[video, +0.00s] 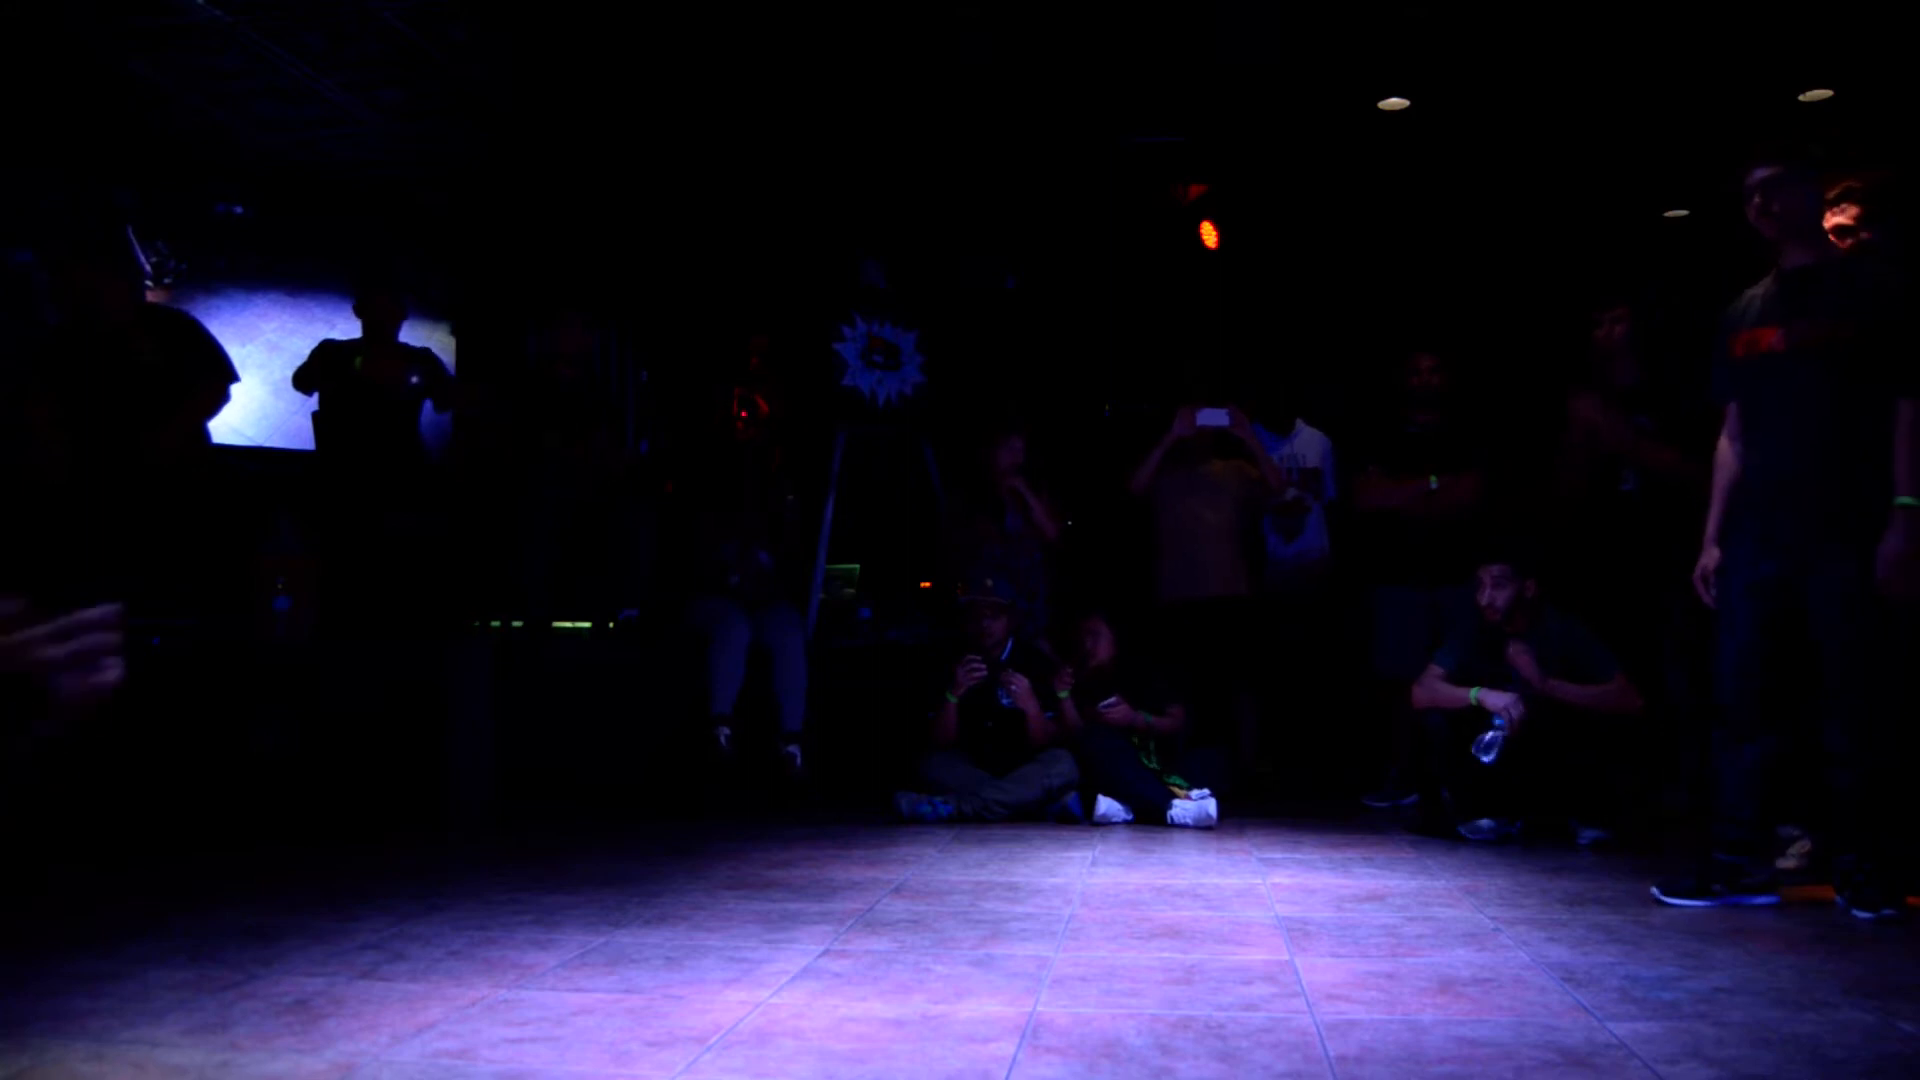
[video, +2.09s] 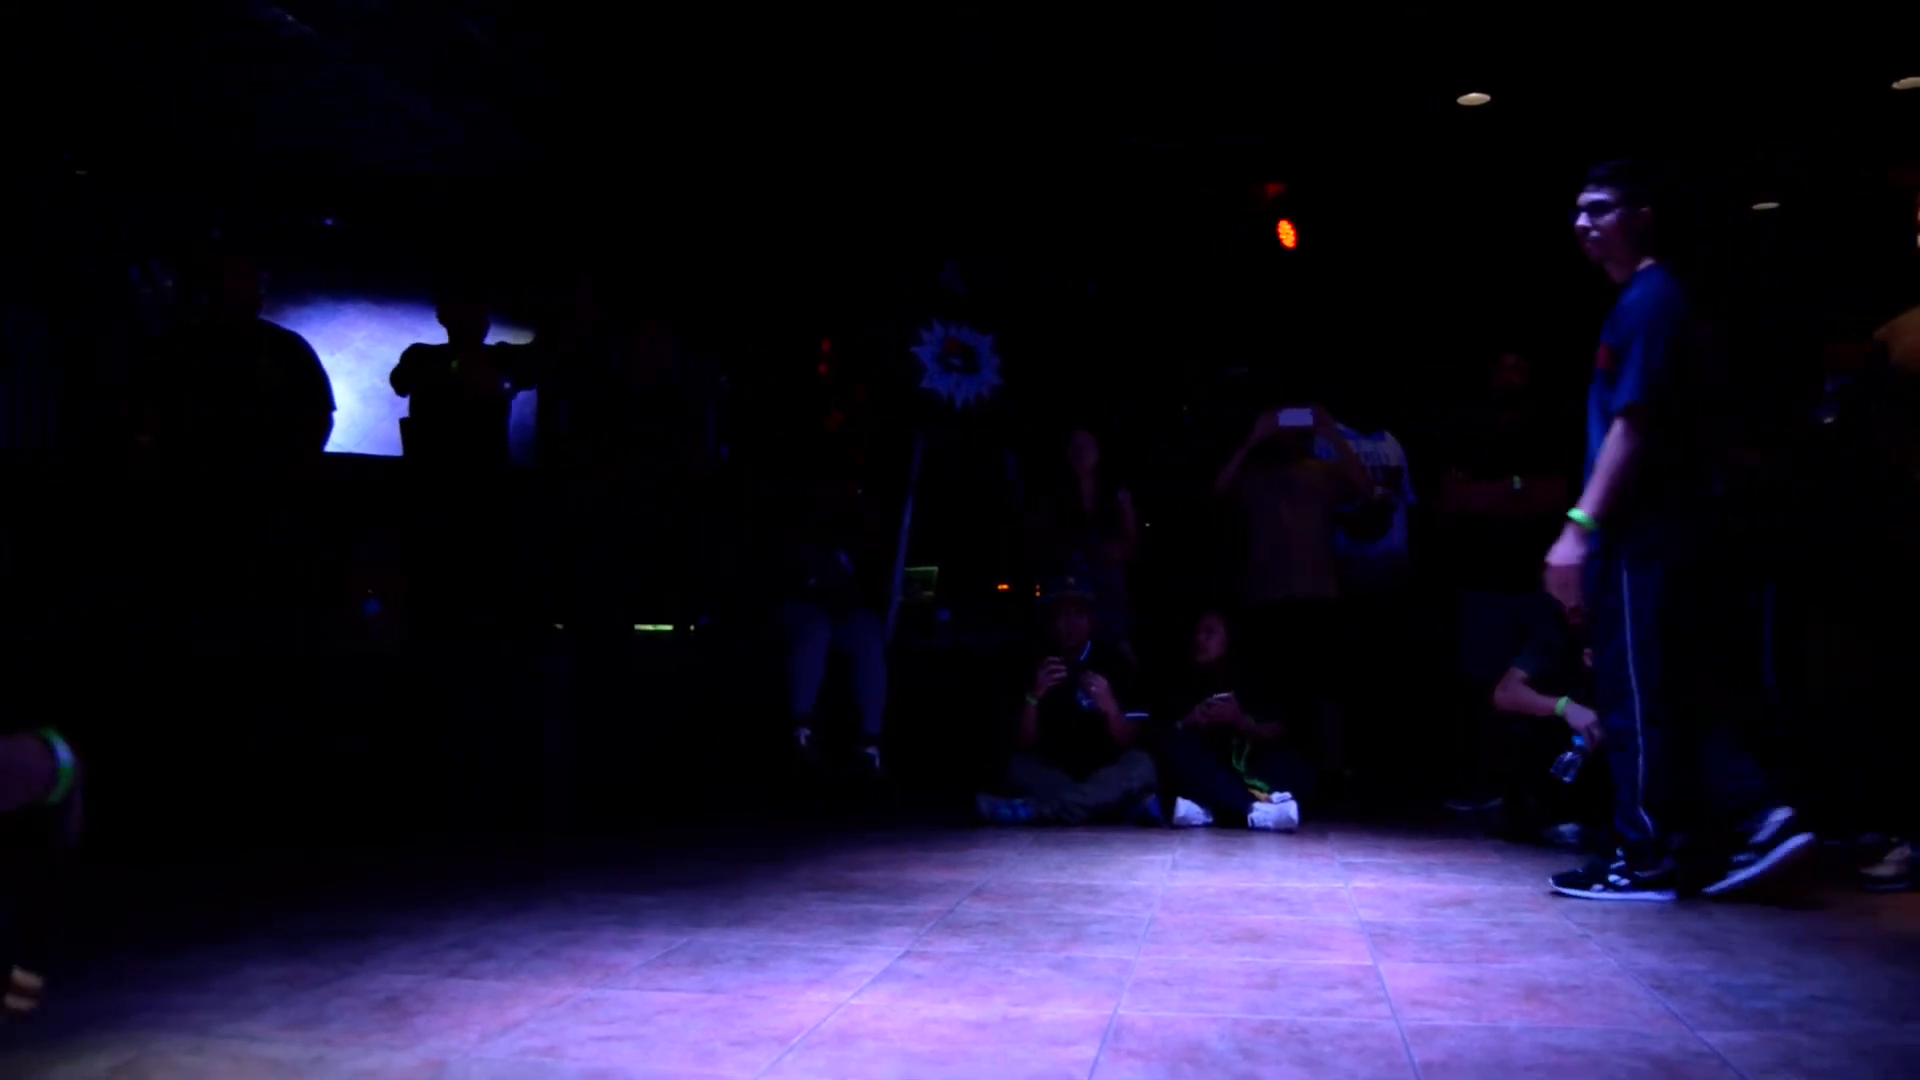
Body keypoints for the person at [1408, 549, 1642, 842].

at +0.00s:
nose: (1486, 598)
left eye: (1499, 586)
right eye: (1481, 587)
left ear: (1526, 589)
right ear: (1475, 589)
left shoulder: (1561, 633)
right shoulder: (1476, 632)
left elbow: (1625, 697)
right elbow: (1423, 692)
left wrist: (1545, 685)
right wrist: (1480, 696)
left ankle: (1588, 817)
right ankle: (1493, 814)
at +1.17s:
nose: (1530, 597)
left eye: (1538, 584)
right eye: (1518, 588)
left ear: (1554, 590)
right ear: (1505, 599)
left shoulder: (1588, 639)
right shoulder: (1497, 640)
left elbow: (1645, 702)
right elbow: (1451, 700)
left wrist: (1557, 709)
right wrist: (1518, 712)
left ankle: (1612, 826)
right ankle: (1510, 822)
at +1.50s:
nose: (1563, 597)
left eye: (1572, 584)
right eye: (1551, 588)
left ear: (1589, 589)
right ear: (1538, 598)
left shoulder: (1618, 639)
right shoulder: (1529, 639)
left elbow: (1652, 704)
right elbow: (1484, 699)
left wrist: (1592, 701)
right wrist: (1550, 705)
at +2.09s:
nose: (1572, 595)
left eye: (1577, 584)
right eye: (1562, 586)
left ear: (1592, 581)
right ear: (1549, 587)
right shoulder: (1553, 631)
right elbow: (1506, 692)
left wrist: (1607, 663)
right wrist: (1564, 707)